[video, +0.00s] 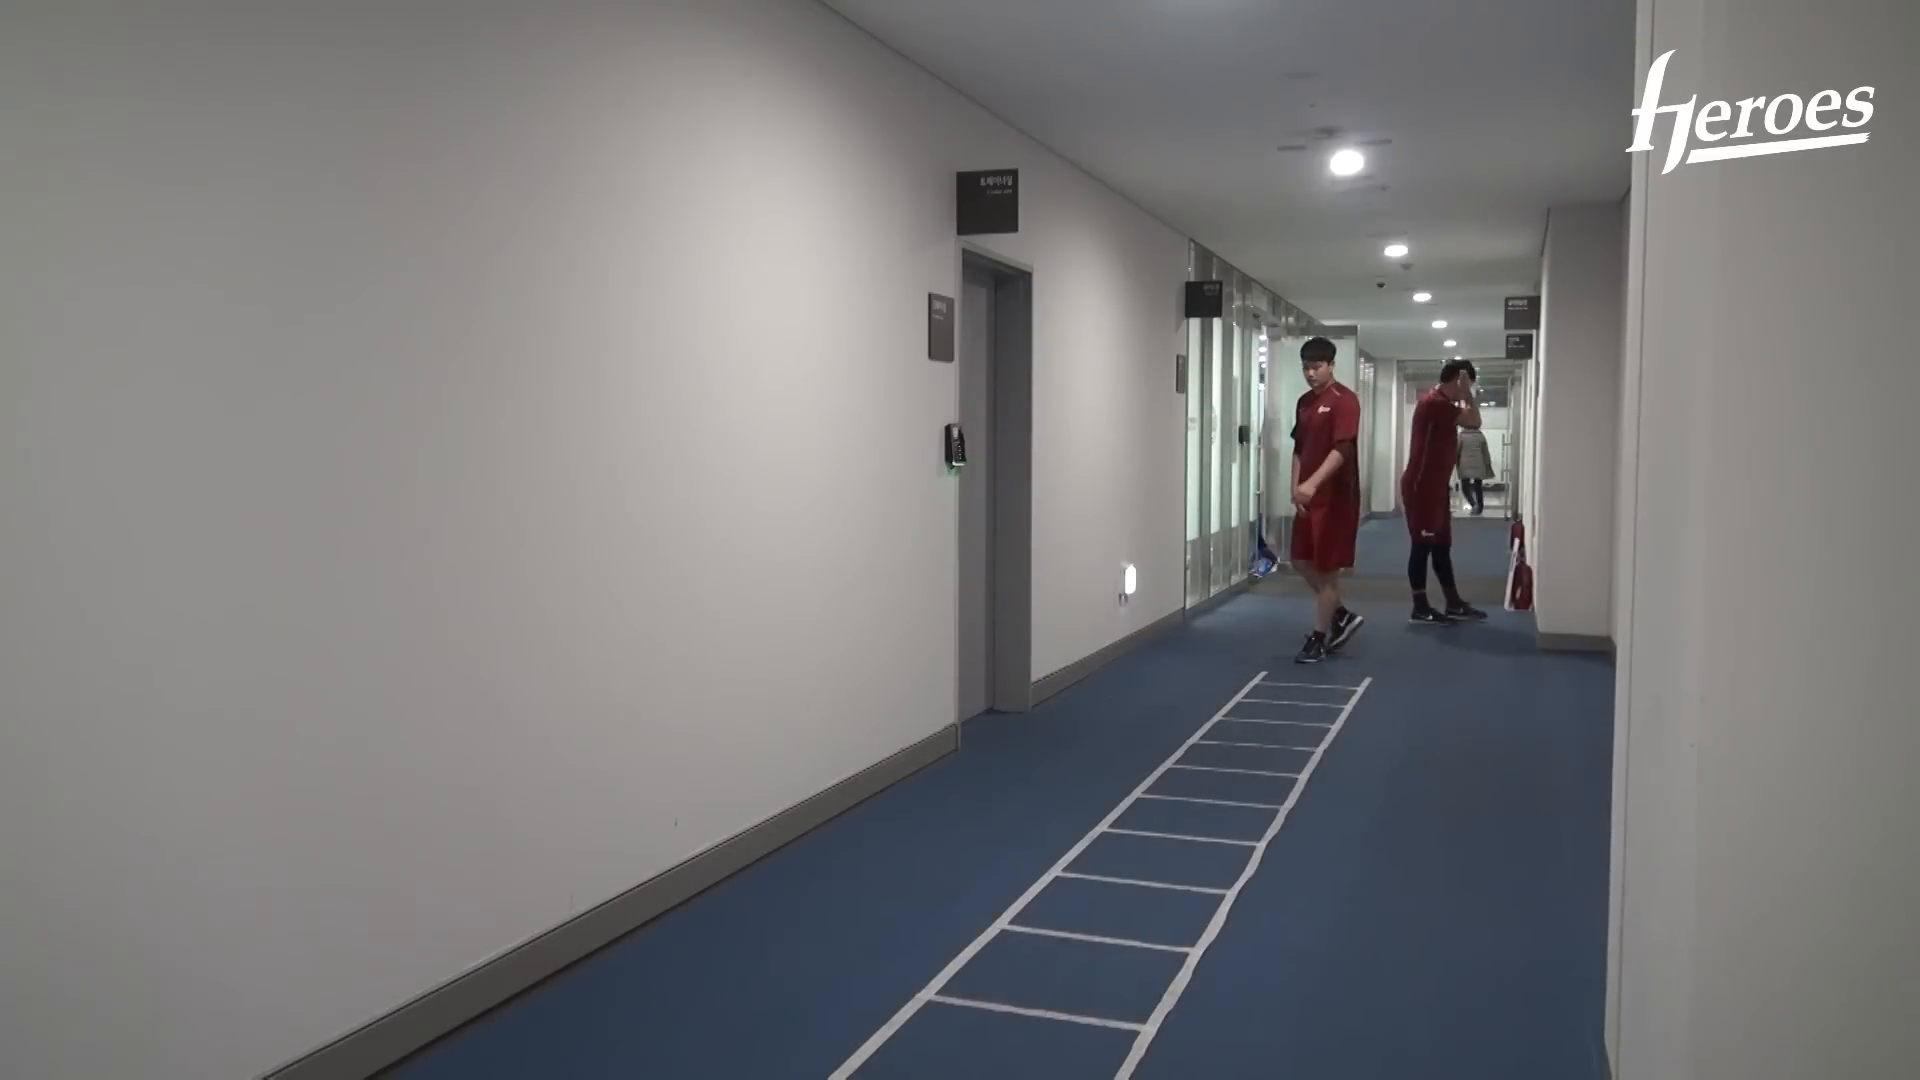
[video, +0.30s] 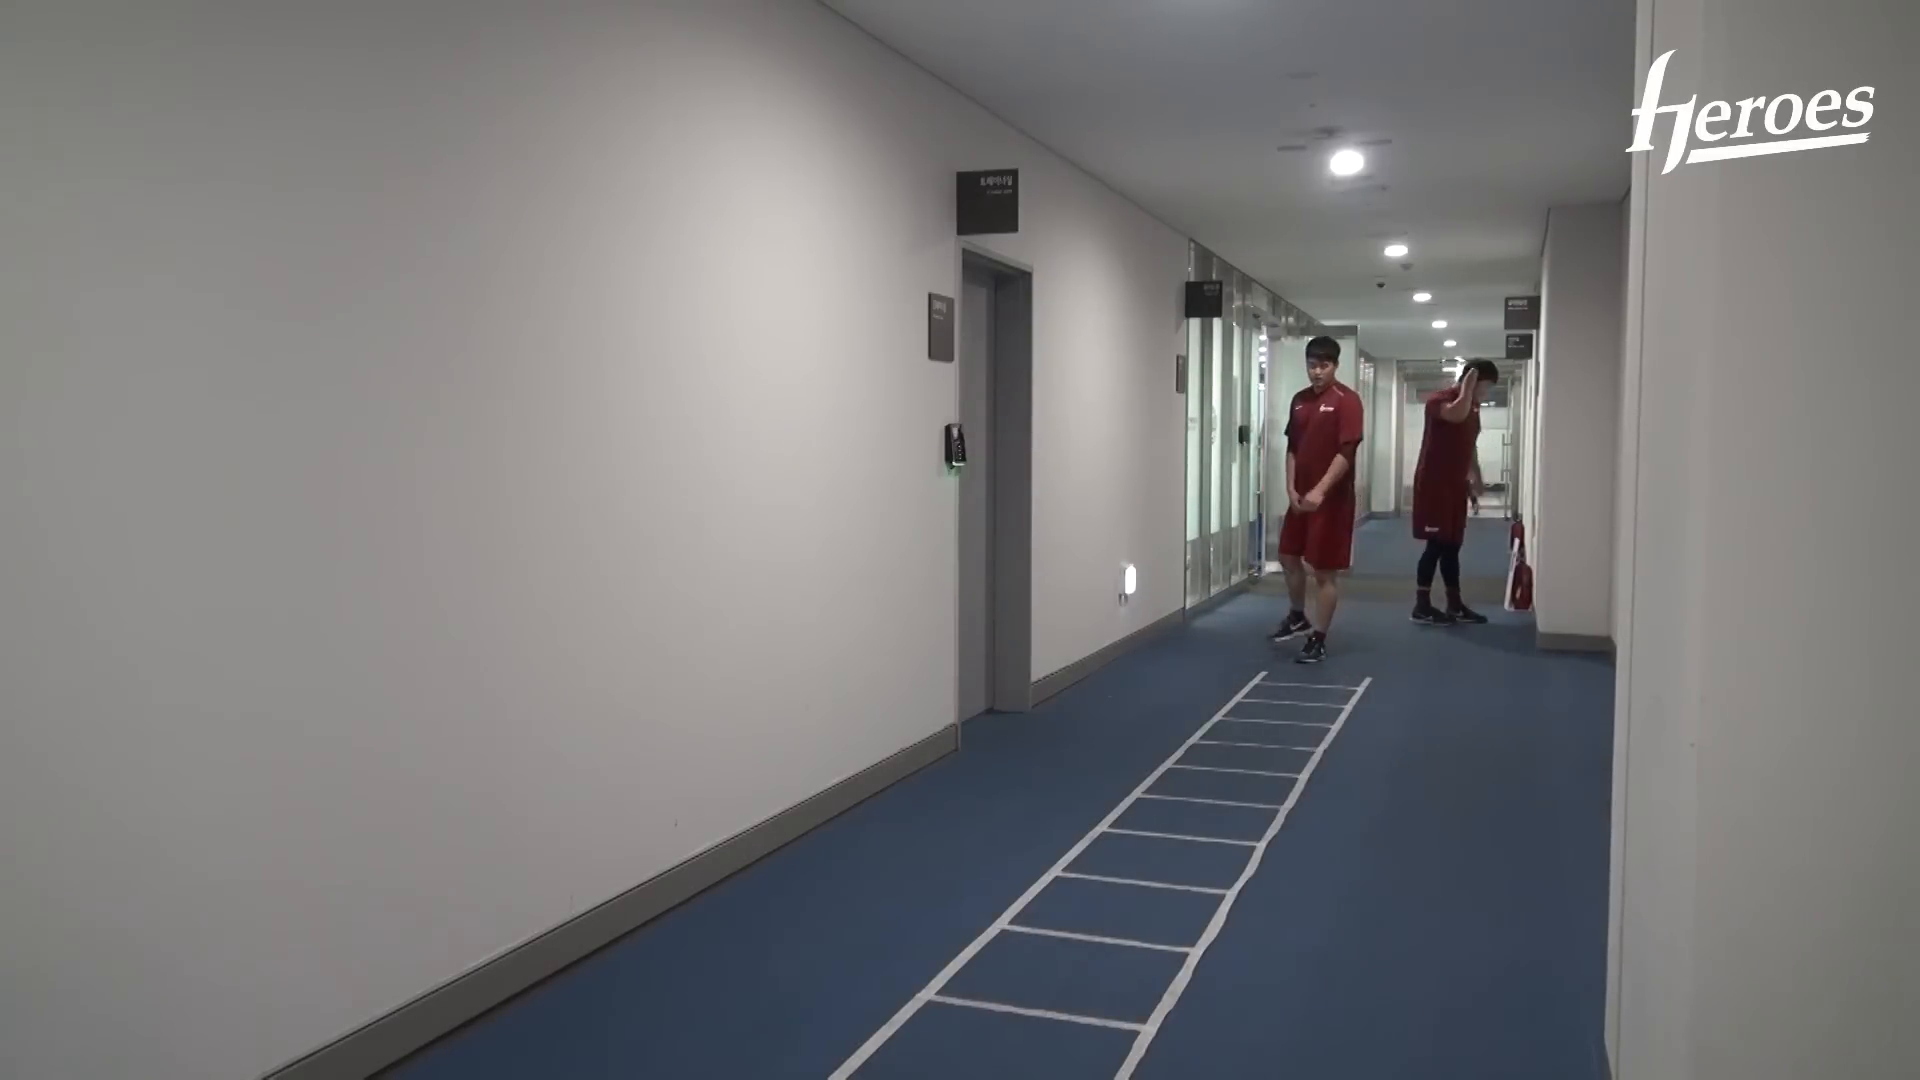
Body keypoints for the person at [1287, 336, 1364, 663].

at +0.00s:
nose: (1310, 372)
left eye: (1316, 366)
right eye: (1306, 367)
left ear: (1331, 366)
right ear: (1303, 368)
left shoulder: (1345, 399)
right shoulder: (1305, 401)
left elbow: (1342, 449)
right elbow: (1299, 448)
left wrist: (1312, 482)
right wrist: (1296, 486)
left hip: (1336, 496)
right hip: (1310, 495)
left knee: (1327, 568)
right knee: (1302, 561)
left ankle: (1319, 636)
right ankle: (1340, 615)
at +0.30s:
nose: (1317, 369)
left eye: (1324, 363)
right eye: (1312, 363)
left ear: (1336, 365)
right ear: (1306, 365)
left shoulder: (1347, 400)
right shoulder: (1300, 400)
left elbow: (1346, 454)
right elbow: (1293, 448)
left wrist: (1319, 490)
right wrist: (1291, 487)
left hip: (1332, 495)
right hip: (1303, 492)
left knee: (1322, 569)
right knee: (1288, 555)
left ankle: (1319, 638)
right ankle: (1297, 616)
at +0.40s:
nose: (1319, 372)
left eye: (1326, 366)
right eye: (1314, 365)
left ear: (1337, 367)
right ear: (1307, 366)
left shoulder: (1350, 402)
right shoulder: (1298, 400)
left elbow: (1351, 454)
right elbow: (1290, 448)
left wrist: (1341, 497)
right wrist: (1291, 489)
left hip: (1333, 500)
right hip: (1301, 496)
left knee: (1324, 570)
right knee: (1283, 554)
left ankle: (1318, 637)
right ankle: (1285, 613)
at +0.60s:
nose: (1322, 373)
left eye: (1329, 368)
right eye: (1317, 367)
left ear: (1339, 369)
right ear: (1309, 366)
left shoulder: (1354, 404)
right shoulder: (1293, 401)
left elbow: (1369, 452)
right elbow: (1284, 448)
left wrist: (1377, 494)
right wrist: (1291, 487)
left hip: (1330, 501)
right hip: (1295, 495)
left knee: (1322, 571)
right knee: (1272, 552)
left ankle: (1318, 637)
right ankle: (1272, 612)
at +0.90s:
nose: (1320, 376)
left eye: (1327, 371)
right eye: (1315, 369)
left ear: (1336, 372)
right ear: (1307, 368)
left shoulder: (1350, 406)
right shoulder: (1286, 404)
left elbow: (1369, 450)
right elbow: (1270, 447)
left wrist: (1379, 492)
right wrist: (1282, 486)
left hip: (1323, 501)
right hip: (1285, 496)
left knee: (1317, 569)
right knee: (1272, 559)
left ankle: (1318, 637)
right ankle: (1277, 616)